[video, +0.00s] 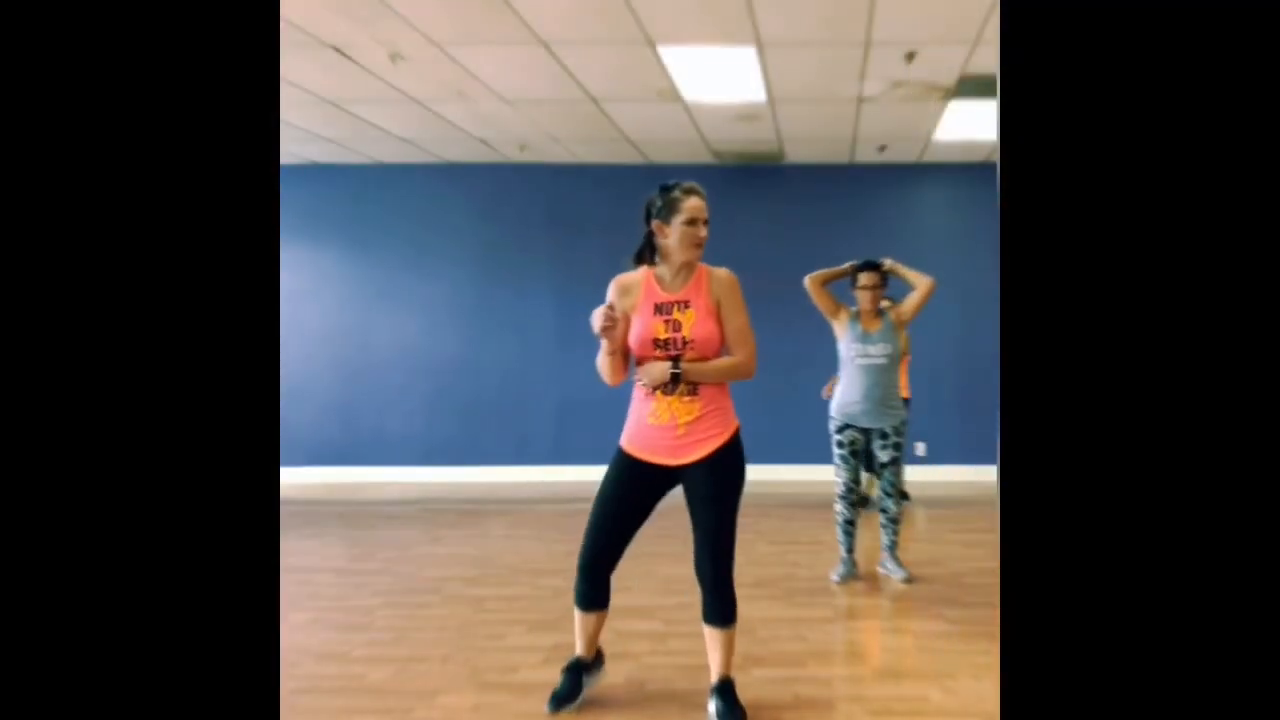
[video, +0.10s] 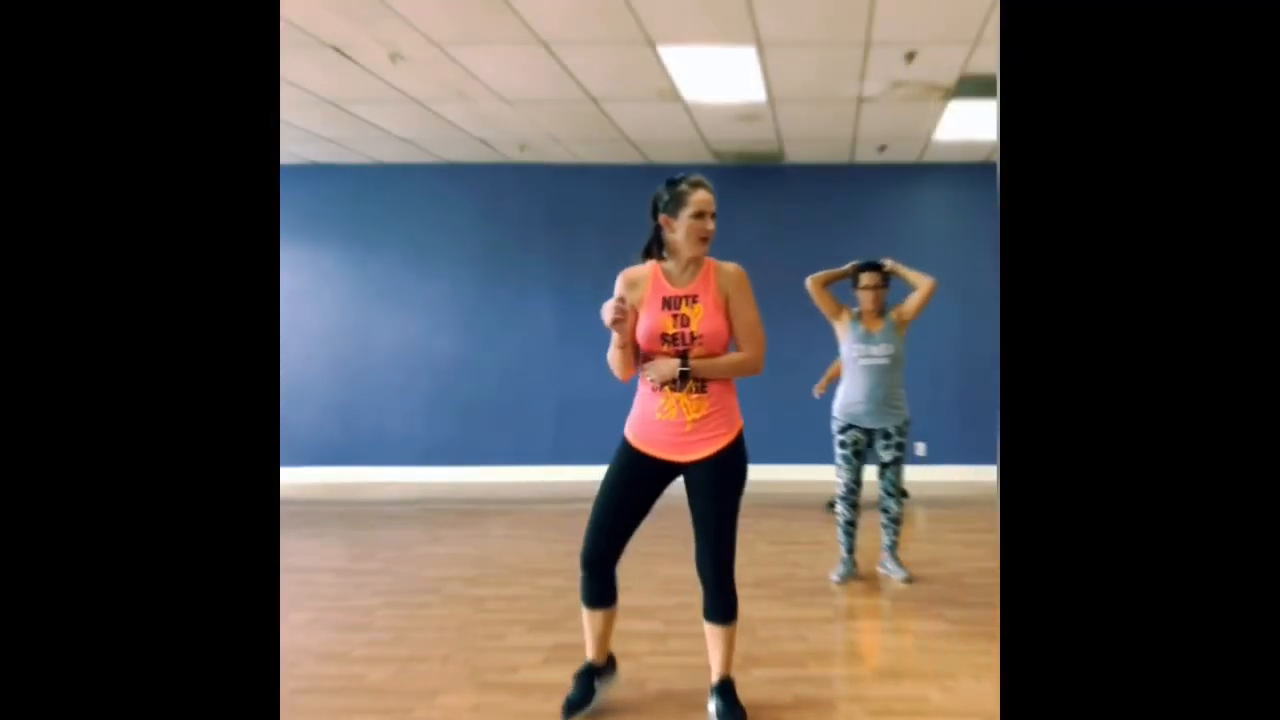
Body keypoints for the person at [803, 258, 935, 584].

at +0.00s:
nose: (870, 293)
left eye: (875, 287)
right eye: (863, 288)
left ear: (884, 291)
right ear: (854, 291)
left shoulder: (896, 320)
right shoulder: (841, 319)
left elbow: (927, 284)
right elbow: (811, 282)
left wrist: (895, 268)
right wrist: (848, 269)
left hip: (888, 416)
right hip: (847, 416)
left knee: (890, 491)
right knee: (847, 491)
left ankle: (889, 557)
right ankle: (846, 558)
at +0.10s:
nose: (872, 294)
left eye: (877, 288)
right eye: (865, 288)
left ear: (887, 291)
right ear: (856, 292)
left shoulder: (897, 321)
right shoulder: (842, 320)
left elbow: (928, 284)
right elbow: (812, 283)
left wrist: (897, 268)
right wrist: (848, 271)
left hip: (890, 418)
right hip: (849, 417)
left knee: (892, 493)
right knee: (847, 492)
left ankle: (889, 557)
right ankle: (847, 558)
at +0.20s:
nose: (874, 294)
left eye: (879, 288)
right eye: (867, 288)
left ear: (888, 291)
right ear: (857, 292)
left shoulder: (899, 322)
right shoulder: (845, 321)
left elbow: (929, 285)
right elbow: (814, 285)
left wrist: (897, 269)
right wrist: (847, 273)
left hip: (893, 419)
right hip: (851, 418)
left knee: (894, 494)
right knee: (846, 493)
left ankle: (890, 557)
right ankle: (846, 559)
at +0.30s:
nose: (873, 293)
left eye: (879, 288)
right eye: (867, 288)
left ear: (888, 292)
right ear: (857, 294)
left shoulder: (899, 322)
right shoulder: (846, 322)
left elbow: (929, 286)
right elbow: (815, 287)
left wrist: (897, 272)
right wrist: (847, 275)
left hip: (894, 419)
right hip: (852, 417)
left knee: (895, 492)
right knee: (842, 489)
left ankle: (890, 557)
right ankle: (844, 557)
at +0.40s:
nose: (872, 295)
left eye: (878, 289)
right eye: (866, 289)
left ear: (887, 293)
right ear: (856, 294)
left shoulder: (897, 323)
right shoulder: (843, 321)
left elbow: (927, 286)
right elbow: (813, 287)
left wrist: (894, 275)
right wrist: (846, 276)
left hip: (894, 417)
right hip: (851, 416)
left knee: (895, 490)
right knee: (841, 487)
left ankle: (890, 557)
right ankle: (836, 556)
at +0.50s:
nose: (869, 295)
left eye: (875, 289)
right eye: (863, 289)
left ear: (883, 293)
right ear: (852, 294)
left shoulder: (892, 324)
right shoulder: (840, 321)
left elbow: (922, 288)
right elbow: (811, 285)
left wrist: (890, 279)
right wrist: (844, 277)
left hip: (889, 417)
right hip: (847, 417)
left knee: (893, 492)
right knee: (839, 490)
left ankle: (889, 557)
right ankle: (830, 560)